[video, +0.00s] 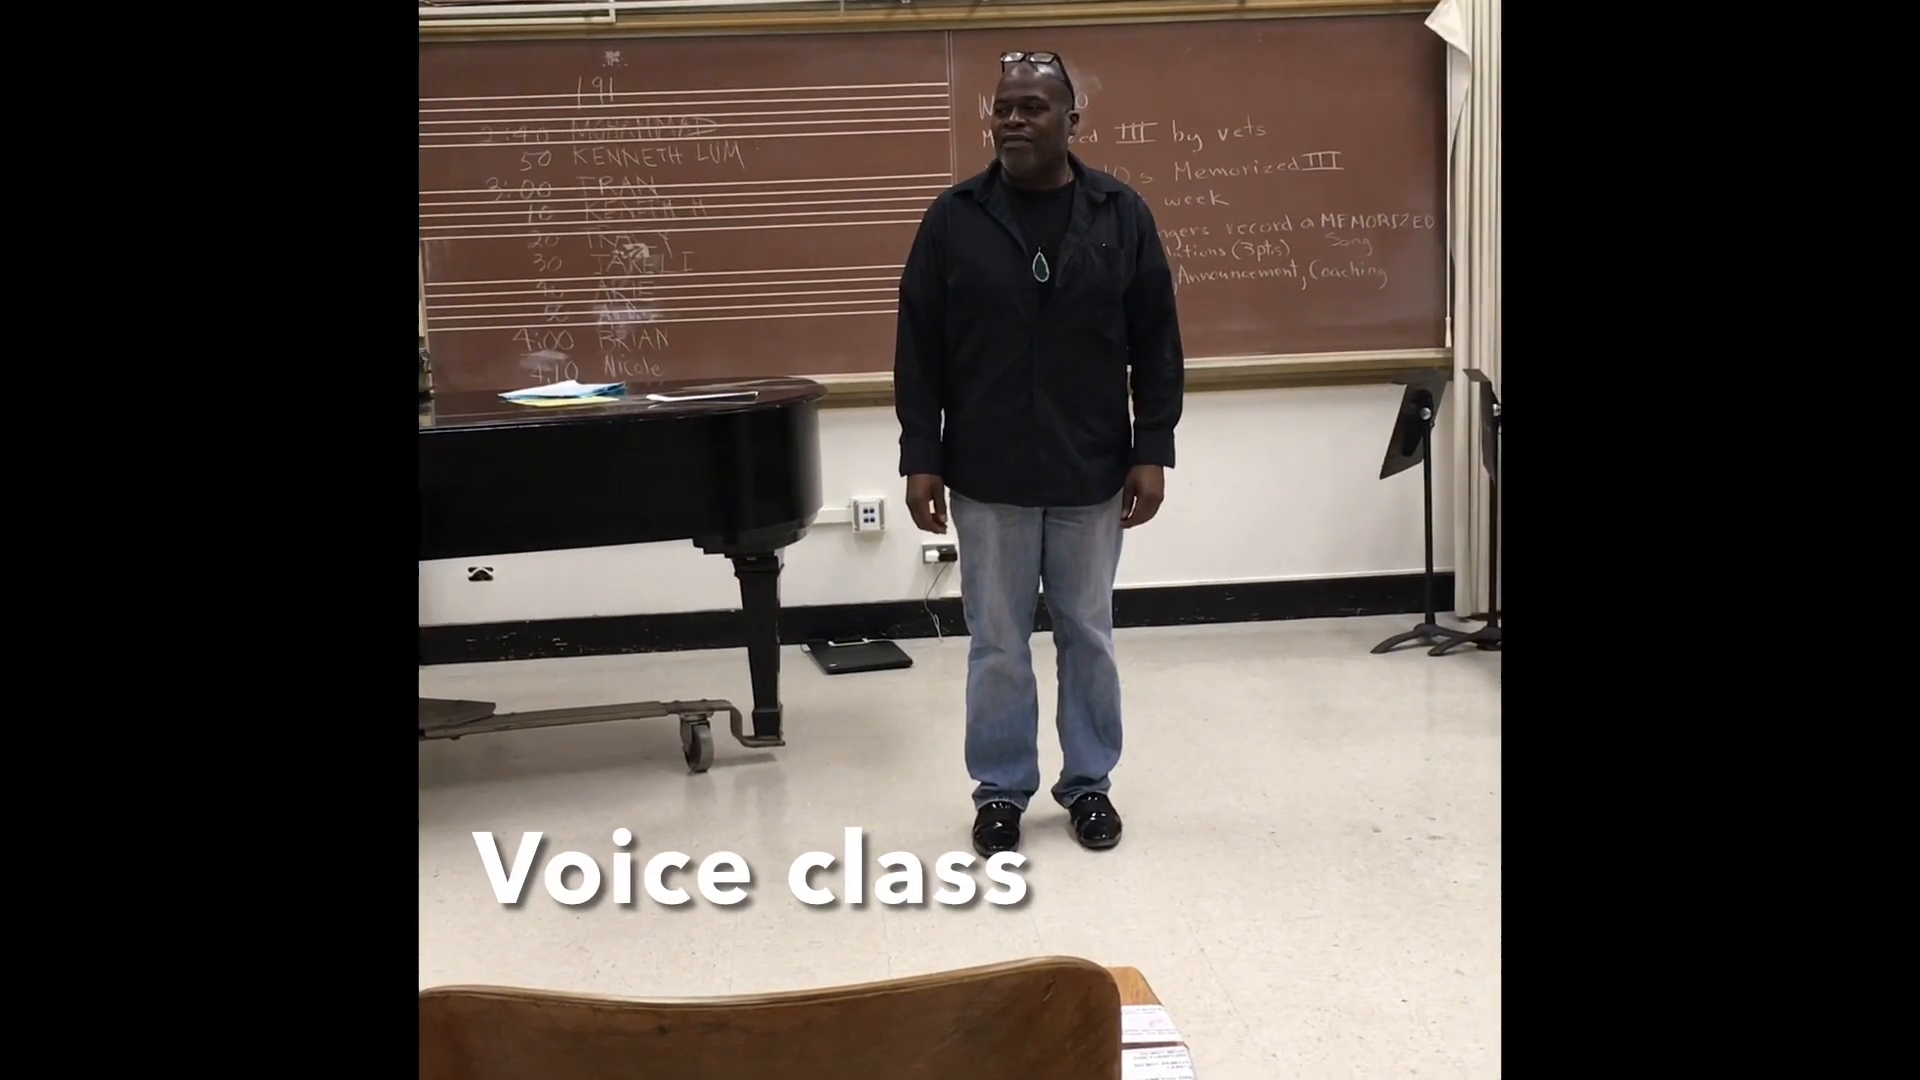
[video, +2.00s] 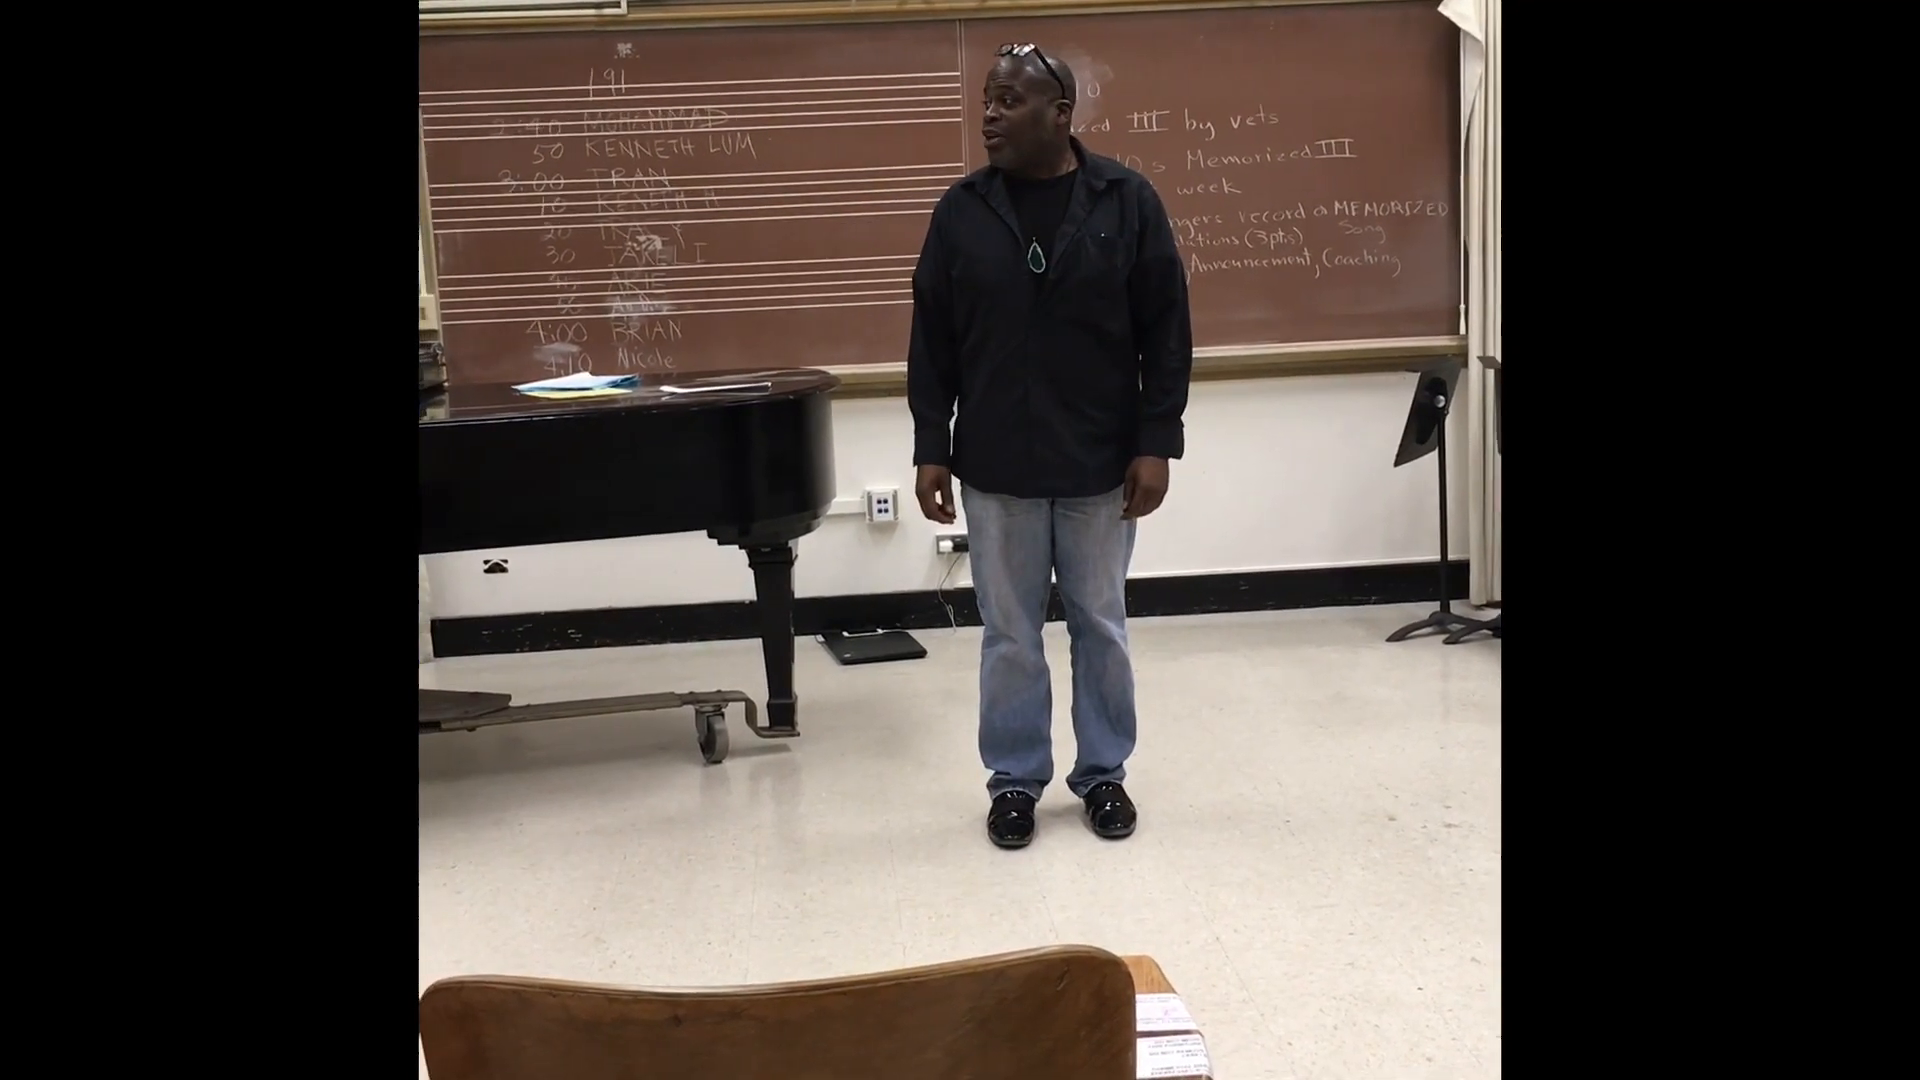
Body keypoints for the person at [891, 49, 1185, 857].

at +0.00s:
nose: (1012, 122)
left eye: (1031, 109)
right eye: (1003, 109)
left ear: (1072, 119)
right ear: (990, 118)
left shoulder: (1120, 213)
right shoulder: (953, 217)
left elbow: (1157, 339)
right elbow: (918, 344)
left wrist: (1152, 453)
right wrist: (920, 459)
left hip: (1090, 463)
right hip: (987, 465)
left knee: (1088, 635)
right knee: (997, 641)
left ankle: (1089, 785)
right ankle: (998, 791)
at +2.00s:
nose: (990, 116)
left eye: (1009, 101)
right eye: (988, 102)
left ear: (1061, 112)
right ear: (986, 112)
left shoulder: (1127, 200)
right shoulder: (962, 210)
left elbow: (1165, 331)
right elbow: (932, 337)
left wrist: (1156, 446)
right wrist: (930, 451)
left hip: (1100, 455)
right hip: (995, 458)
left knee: (1100, 626)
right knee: (1009, 632)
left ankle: (1103, 775)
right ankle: (1013, 779)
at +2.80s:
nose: (1005, 117)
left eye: (1024, 102)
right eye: (1002, 102)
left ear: (1076, 112)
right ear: (997, 111)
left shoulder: (1143, 200)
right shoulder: (976, 210)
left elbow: (1182, 331)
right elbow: (946, 338)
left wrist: (1172, 445)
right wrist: (946, 451)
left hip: (1116, 454)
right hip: (1012, 458)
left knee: (1118, 626)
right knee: (1026, 632)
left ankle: (1121, 773)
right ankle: (1031, 779)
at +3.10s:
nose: (1010, 118)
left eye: (1028, 104)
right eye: (1006, 104)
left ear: (1079, 113)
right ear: (1001, 113)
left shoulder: (1146, 202)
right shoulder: (980, 212)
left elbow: (1184, 332)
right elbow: (950, 339)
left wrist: (1175, 447)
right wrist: (950, 453)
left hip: (1119, 456)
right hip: (1015, 459)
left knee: (1121, 626)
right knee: (1030, 634)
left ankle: (1125, 774)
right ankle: (1035, 782)